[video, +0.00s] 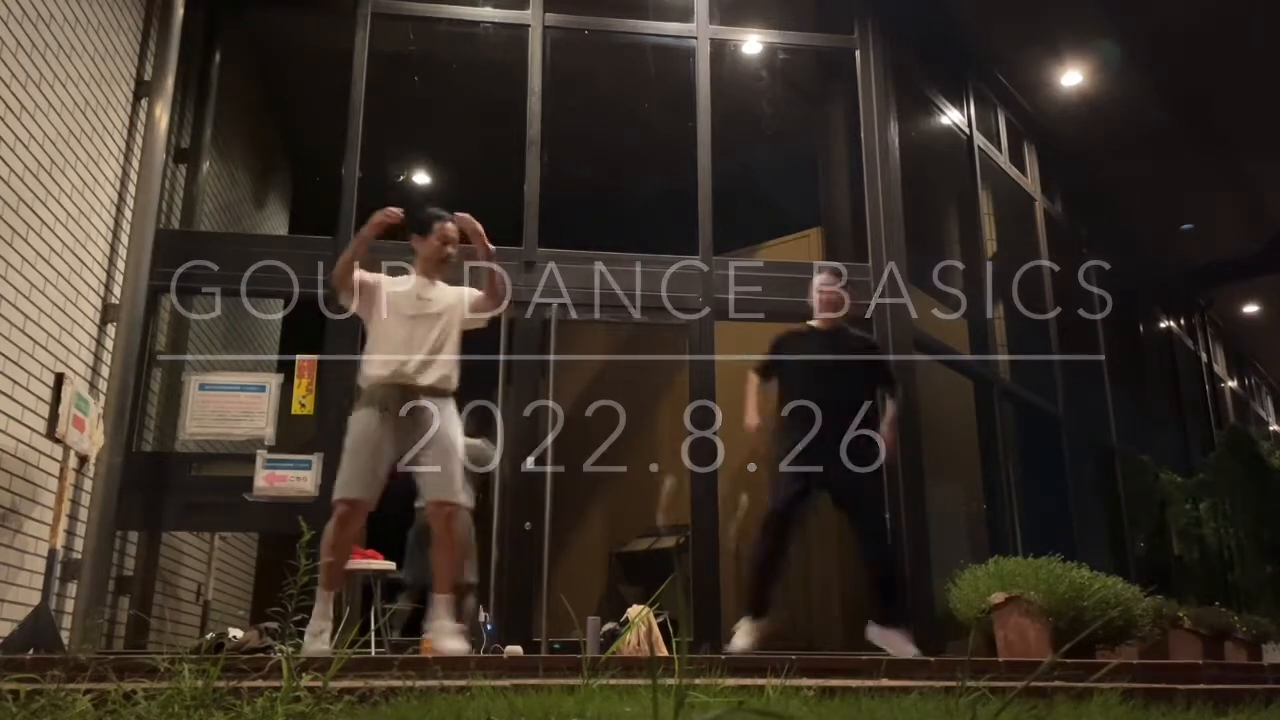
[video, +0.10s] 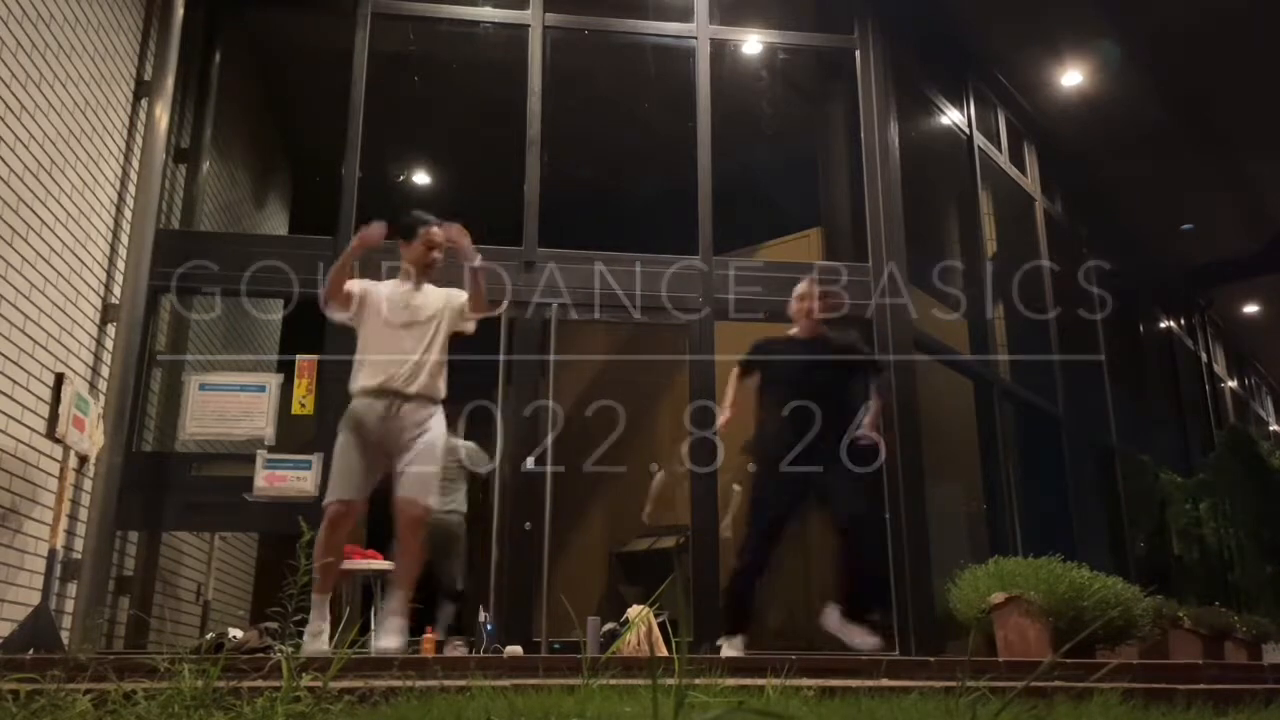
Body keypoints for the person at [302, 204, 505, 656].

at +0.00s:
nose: (450, 249)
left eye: (454, 243)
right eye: (441, 240)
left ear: (456, 249)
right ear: (417, 242)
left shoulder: (458, 297)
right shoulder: (382, 286)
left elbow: (498, 298)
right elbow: (340, 280)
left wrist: (484, 250)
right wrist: (367, 233)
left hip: (436, 406)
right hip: (378, 404)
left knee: (446, 511)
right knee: (347, 510)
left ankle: (442, 623)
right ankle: (321, 620)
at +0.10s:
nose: (436, 254)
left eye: (441, 248)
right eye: (428, 245)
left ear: (442, 254)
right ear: (404, 245)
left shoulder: (446, 300)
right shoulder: (371, 291)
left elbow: (481, 306)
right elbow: (331, 297)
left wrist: (472, 259)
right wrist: (355, 249)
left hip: (423, 416)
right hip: (367, 411)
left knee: (414, 515)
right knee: (338, 513)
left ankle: (394, 621)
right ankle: (319, 619)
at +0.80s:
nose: (475, 266)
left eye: (478, 259)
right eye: (467, 258)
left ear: (479, 263)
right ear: (439, 259)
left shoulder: (486, 312)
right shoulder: (403, 308)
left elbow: (506, 359)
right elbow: (368, 353)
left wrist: (534, 398)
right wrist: (346, 400)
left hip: (473, 429)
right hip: (417, 427)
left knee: (486, 519)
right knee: (434, 512)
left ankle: (493, 623)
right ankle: (433, 615)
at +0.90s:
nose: (486, 281)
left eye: (488, 274)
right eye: (477, 273)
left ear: (488, 283)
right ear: (450, 278)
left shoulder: (493, 338)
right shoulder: (415, 328)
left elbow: (512, 400)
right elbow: (376, 381)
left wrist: (541, 441)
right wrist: (358, 440)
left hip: (477, 449)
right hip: (421, 449)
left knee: (490, 532)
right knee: (447, 528)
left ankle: (493, 631)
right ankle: (460, 627)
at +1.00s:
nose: (486, 288)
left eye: (489, 281)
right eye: (477, 280)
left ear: (491, 291)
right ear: (451, 286)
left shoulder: (496, 345)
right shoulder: (417, 335)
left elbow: (514, 403)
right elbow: (376, 391)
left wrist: (532, 430)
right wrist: (392, 429)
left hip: (478, 455)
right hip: (420, 452)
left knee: (491, 535)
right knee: (419, 517)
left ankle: (493, 632)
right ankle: (432, 619)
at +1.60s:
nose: (430, 281)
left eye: (434, 275)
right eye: (422, 273)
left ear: (436, 285)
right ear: (395, 279)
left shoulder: (448, 338)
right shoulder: (366, 334)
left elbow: (457, 403)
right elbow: (332, 395)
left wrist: (461, 454)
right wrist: (313, 451)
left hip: (420, 452)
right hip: (363, 445)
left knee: (424, 505)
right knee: (334, 532)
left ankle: (383, 597)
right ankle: (301, 626)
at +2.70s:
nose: (515, 307)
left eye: (521, 297)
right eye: (506, 301)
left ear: (537, 302)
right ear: (498, 310)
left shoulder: (564, 338)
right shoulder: (511, 366)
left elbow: (586, 388)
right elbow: (502, 430)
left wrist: (558, 424)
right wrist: (466, 468)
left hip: (590, 459)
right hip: (546, 464)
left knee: (605, 557)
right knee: (483, 530)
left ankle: (664, 633)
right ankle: (421, 622)